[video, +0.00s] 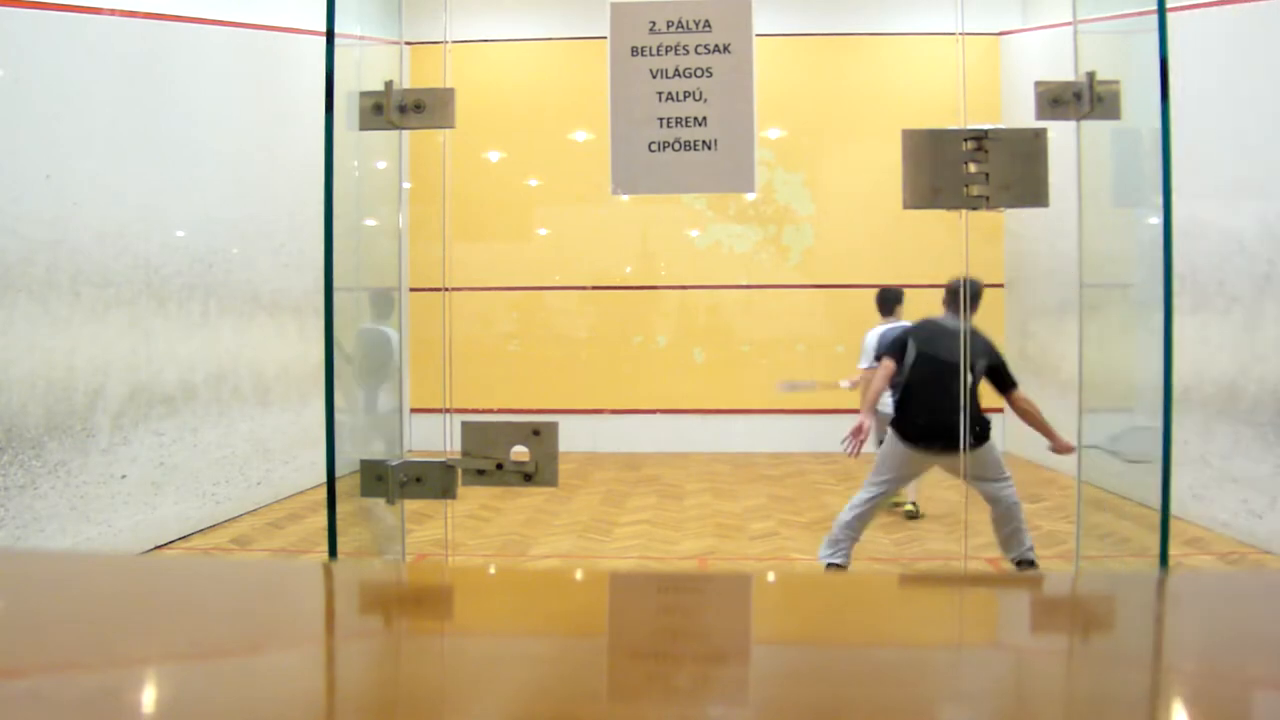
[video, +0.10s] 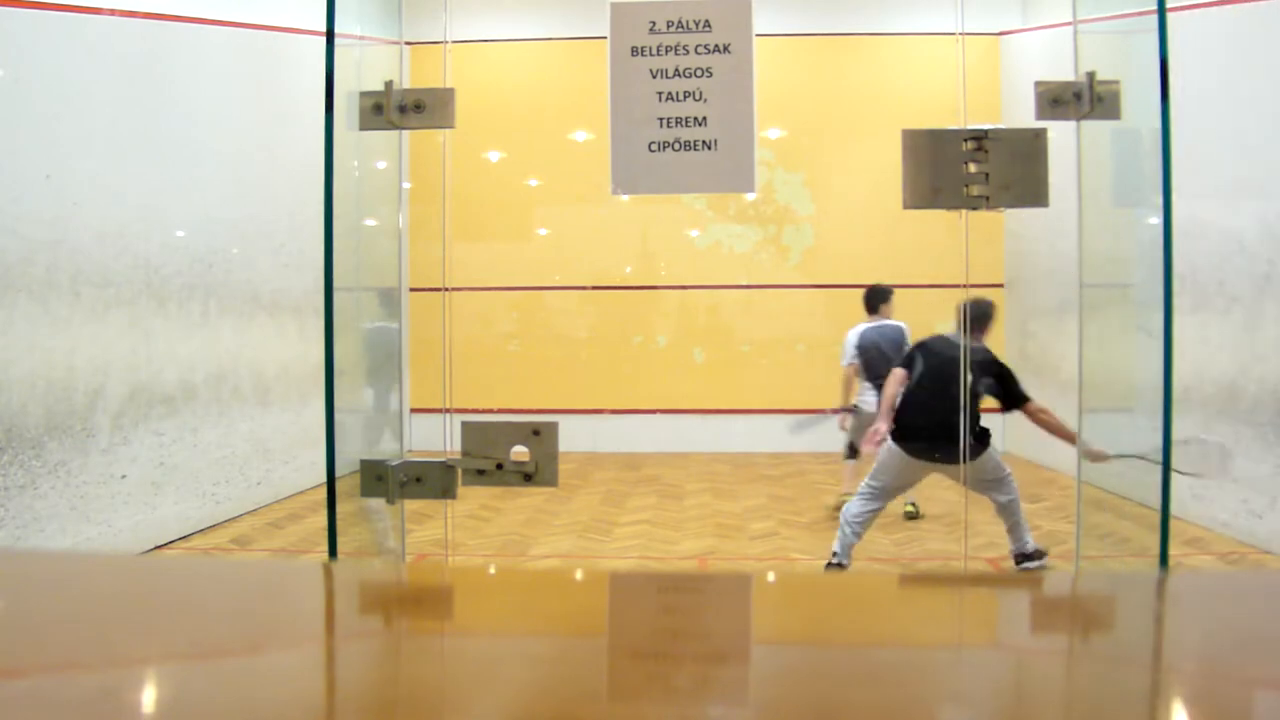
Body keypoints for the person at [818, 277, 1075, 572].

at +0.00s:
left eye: (950, 297)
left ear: (945, 300)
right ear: (976, 306)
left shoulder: (913, 333)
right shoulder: (982, 346)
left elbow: (885, 369)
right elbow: (1017, 400)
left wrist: (865, 414)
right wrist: (1053, 437)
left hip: (911, 435)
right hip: (964, 439)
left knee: (874, 489)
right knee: (1000, 490)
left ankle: (835, 555)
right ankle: (1022, 555)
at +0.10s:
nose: (989, 328)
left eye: (982, 320)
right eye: (989, 323)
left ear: (957, 321)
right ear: (986, 327)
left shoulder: (927, 347)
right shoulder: (988, 363)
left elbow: (895, 379)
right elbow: (1033, 412)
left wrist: (883, 420)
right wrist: (1080, 444)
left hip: (911, 442)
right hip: (962, 447)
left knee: (872, 493)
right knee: (1002, 488)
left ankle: (839, 553)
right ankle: (1023, 551)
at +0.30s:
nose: (1060, 370)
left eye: (1053, 360)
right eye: (1060, 366)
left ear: (1030, 356)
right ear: (1055, 369)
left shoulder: (995, 366)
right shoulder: (1050, 400)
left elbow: (946, 373)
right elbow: (1104, 424)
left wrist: (911, 406)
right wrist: (1150, 432)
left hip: (930, 435)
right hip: (976, 447)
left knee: (889, 496)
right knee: (1024, 482)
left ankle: (843, 555)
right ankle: (1032, 553)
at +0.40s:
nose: (1077, 386)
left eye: (1074, 378)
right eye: (1077, 381)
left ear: (1047, 369)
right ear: (1071, 382)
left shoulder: (1011, 374)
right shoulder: (1062, 407)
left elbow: (958, 374)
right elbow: (1117, 433)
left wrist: (915, 403)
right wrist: (1160, 450)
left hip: (936, 434)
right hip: (980, 447)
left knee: (906, 497)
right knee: (1034, 477)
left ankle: (846, 547)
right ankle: (1034, 553)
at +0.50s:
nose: (1076, 374)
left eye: (1070, 367)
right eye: (1077, 370)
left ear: (1046, 361)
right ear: (1072, 372)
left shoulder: (1012, 369)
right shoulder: (1063, 401)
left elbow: (955, 377)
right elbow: (1107, 450)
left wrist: (914, 412)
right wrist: (1142, 489)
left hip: (939, 430)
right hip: (983, 442)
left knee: (916, 496)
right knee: (1036, 476)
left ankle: (855, 540)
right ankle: (1034, 552)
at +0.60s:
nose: (1059, 357)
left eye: (1053, 347)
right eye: (1062, 354)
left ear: (1036, 345)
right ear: (1059, 360)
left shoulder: (1000, 360)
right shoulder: (1047, 386)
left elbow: (946, 377)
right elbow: (1065, 436)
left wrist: (915, 417)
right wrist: (1084, 481)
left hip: (934, 426)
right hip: (980, 438)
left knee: (914, 494)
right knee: (1030, 479)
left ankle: (862, 543)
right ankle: (1034, 552)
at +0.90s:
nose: (980, 304)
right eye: (981, 299)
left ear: (951, 295)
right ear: (979, 301)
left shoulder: (920, 324)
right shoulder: (974, 335)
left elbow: (881, 365)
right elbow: (968, 377)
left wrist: (864, 413)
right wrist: (968, 432)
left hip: (894, 424)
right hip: (941, 432)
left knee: (874, 492)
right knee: (986, 491)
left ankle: (852, 553)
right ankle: (1028, 549)